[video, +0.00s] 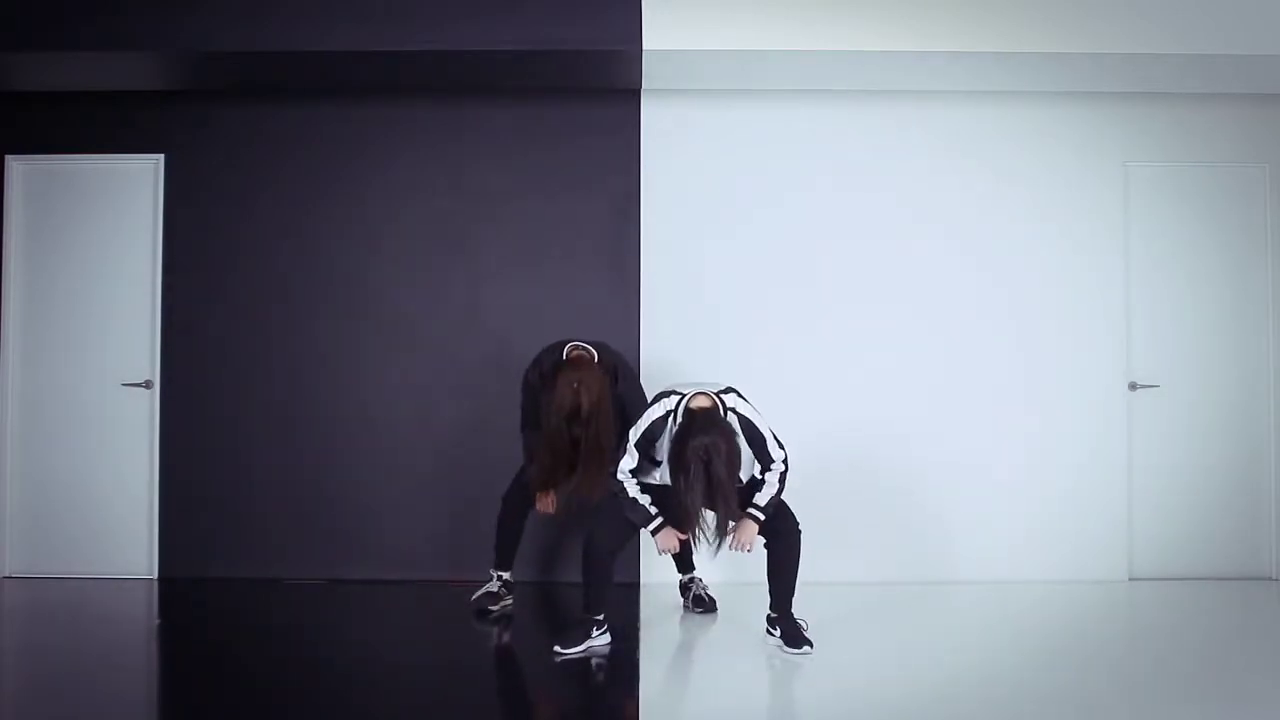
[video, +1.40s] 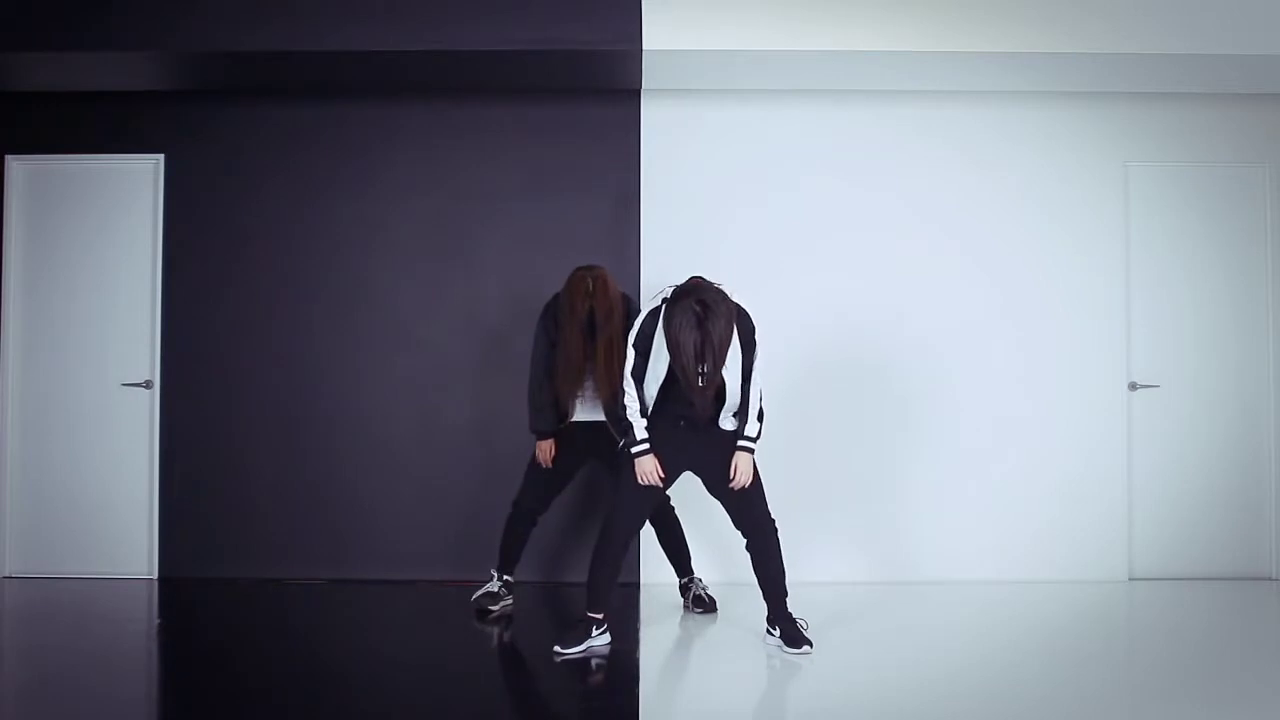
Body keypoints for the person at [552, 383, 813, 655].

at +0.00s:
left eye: (716, 473)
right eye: (702, 473)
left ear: (726, 440)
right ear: (683, 444)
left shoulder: (739, 412)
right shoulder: (661, 414)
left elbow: (778, 461)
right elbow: (623, 473)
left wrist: (753, 516)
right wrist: (657, 526)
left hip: (724, 476)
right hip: (664, 479)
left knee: (785, 528)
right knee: (602, 535)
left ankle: (781, 617)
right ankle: (595, 624)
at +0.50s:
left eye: (716, 434)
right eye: (700, 436)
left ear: (727, 400)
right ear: (683, 403)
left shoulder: (739, 379)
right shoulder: (661, 380)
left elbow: (768, 435)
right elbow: (628, 441)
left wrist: (757, 503)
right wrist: (649, 506)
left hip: (721, 463)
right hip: (663, 464)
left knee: (781, 526)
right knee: (609, 529)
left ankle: (780, 616)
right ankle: (596, 623)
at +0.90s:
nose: (708, 400)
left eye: (716, 391)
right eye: (700, 391)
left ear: (728, 359)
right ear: (684, 360)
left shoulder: (742, 351)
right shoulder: (661, 344)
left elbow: (758, 413)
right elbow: (631, 408)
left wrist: (751, 475)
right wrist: (643, 477)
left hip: (722, 453)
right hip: (664, 452)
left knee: (772, 529)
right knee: (612, 525)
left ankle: (780, 617)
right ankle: (596, 622)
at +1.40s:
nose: (701, 356)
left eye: (709, 349)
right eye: (692, 349)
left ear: (723, 323)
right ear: (676, 324)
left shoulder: (740, 324)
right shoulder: (652, 321)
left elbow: (753, 387)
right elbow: (629, 383)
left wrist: (747, 445)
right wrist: (640, 448)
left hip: (719, 440)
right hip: (663, 439)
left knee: (760, 526)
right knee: (619, 525)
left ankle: (779, 616)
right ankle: (596, 620)